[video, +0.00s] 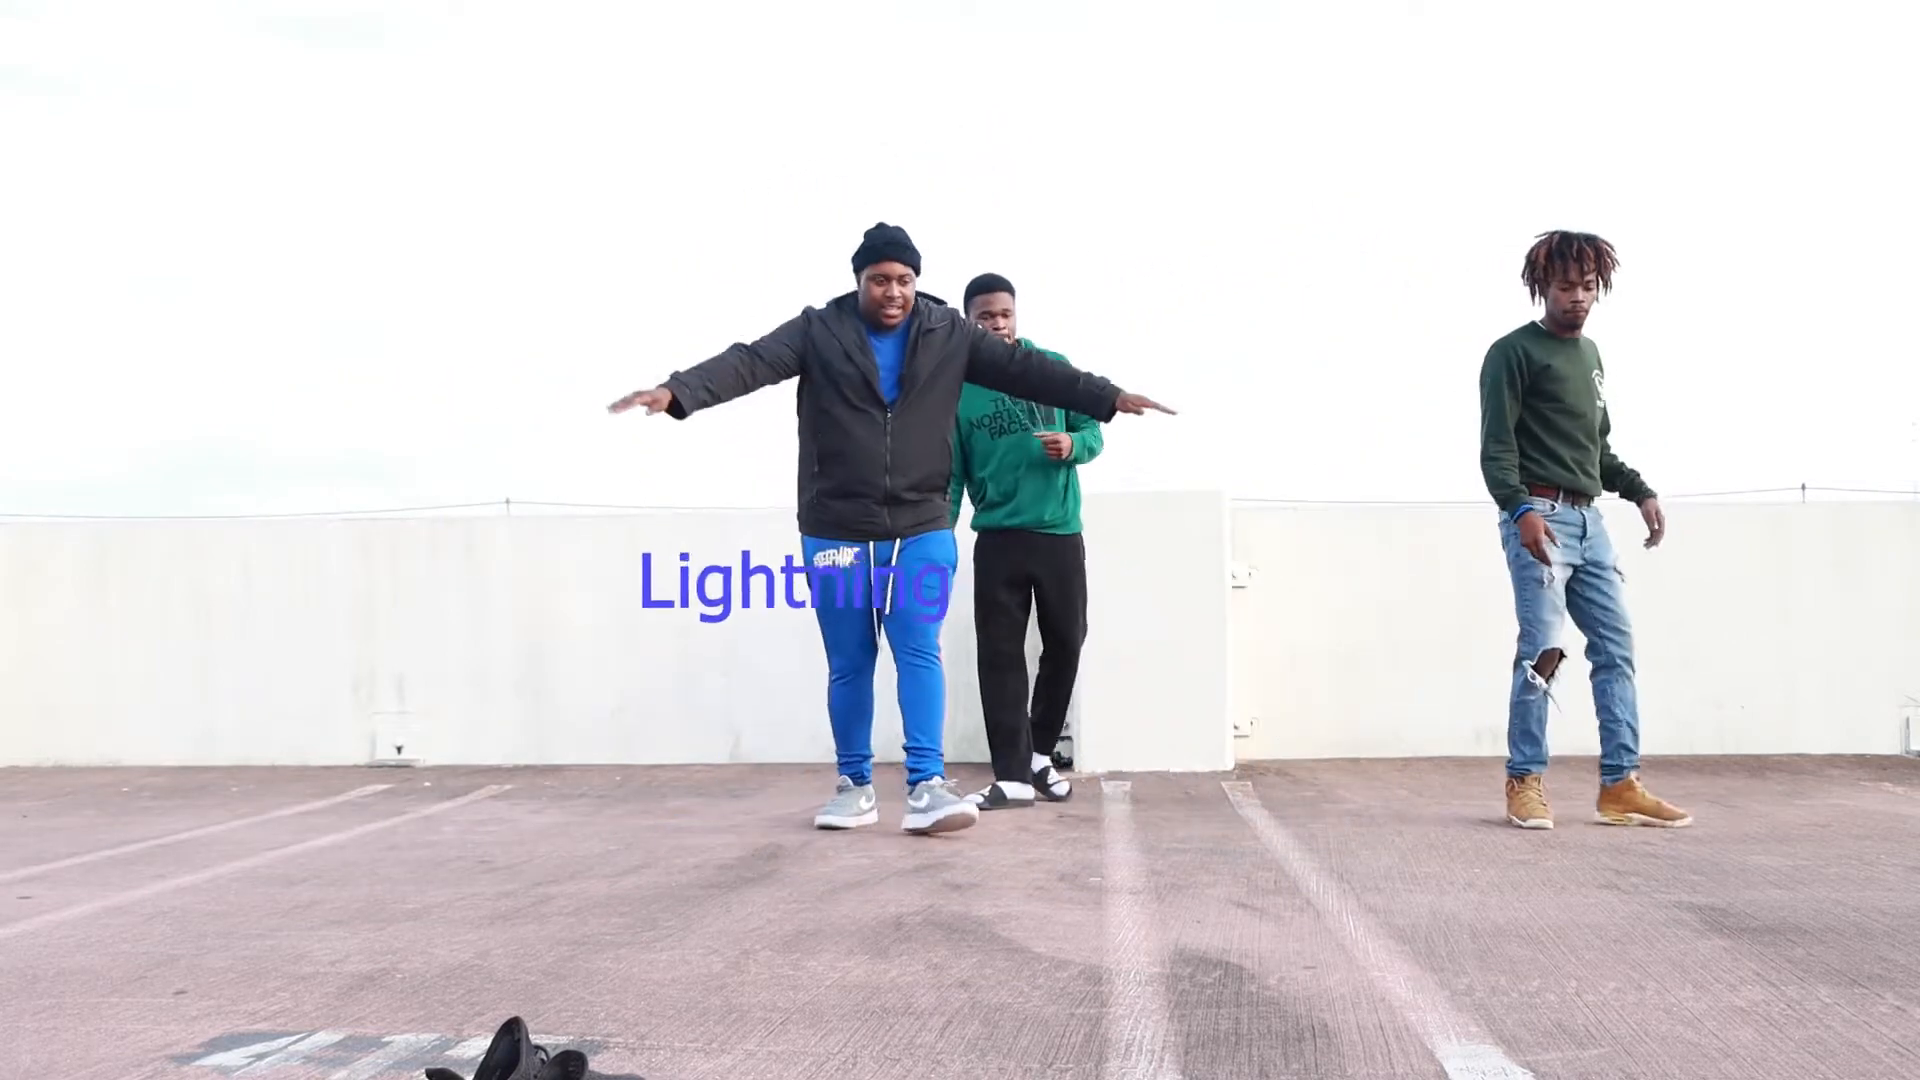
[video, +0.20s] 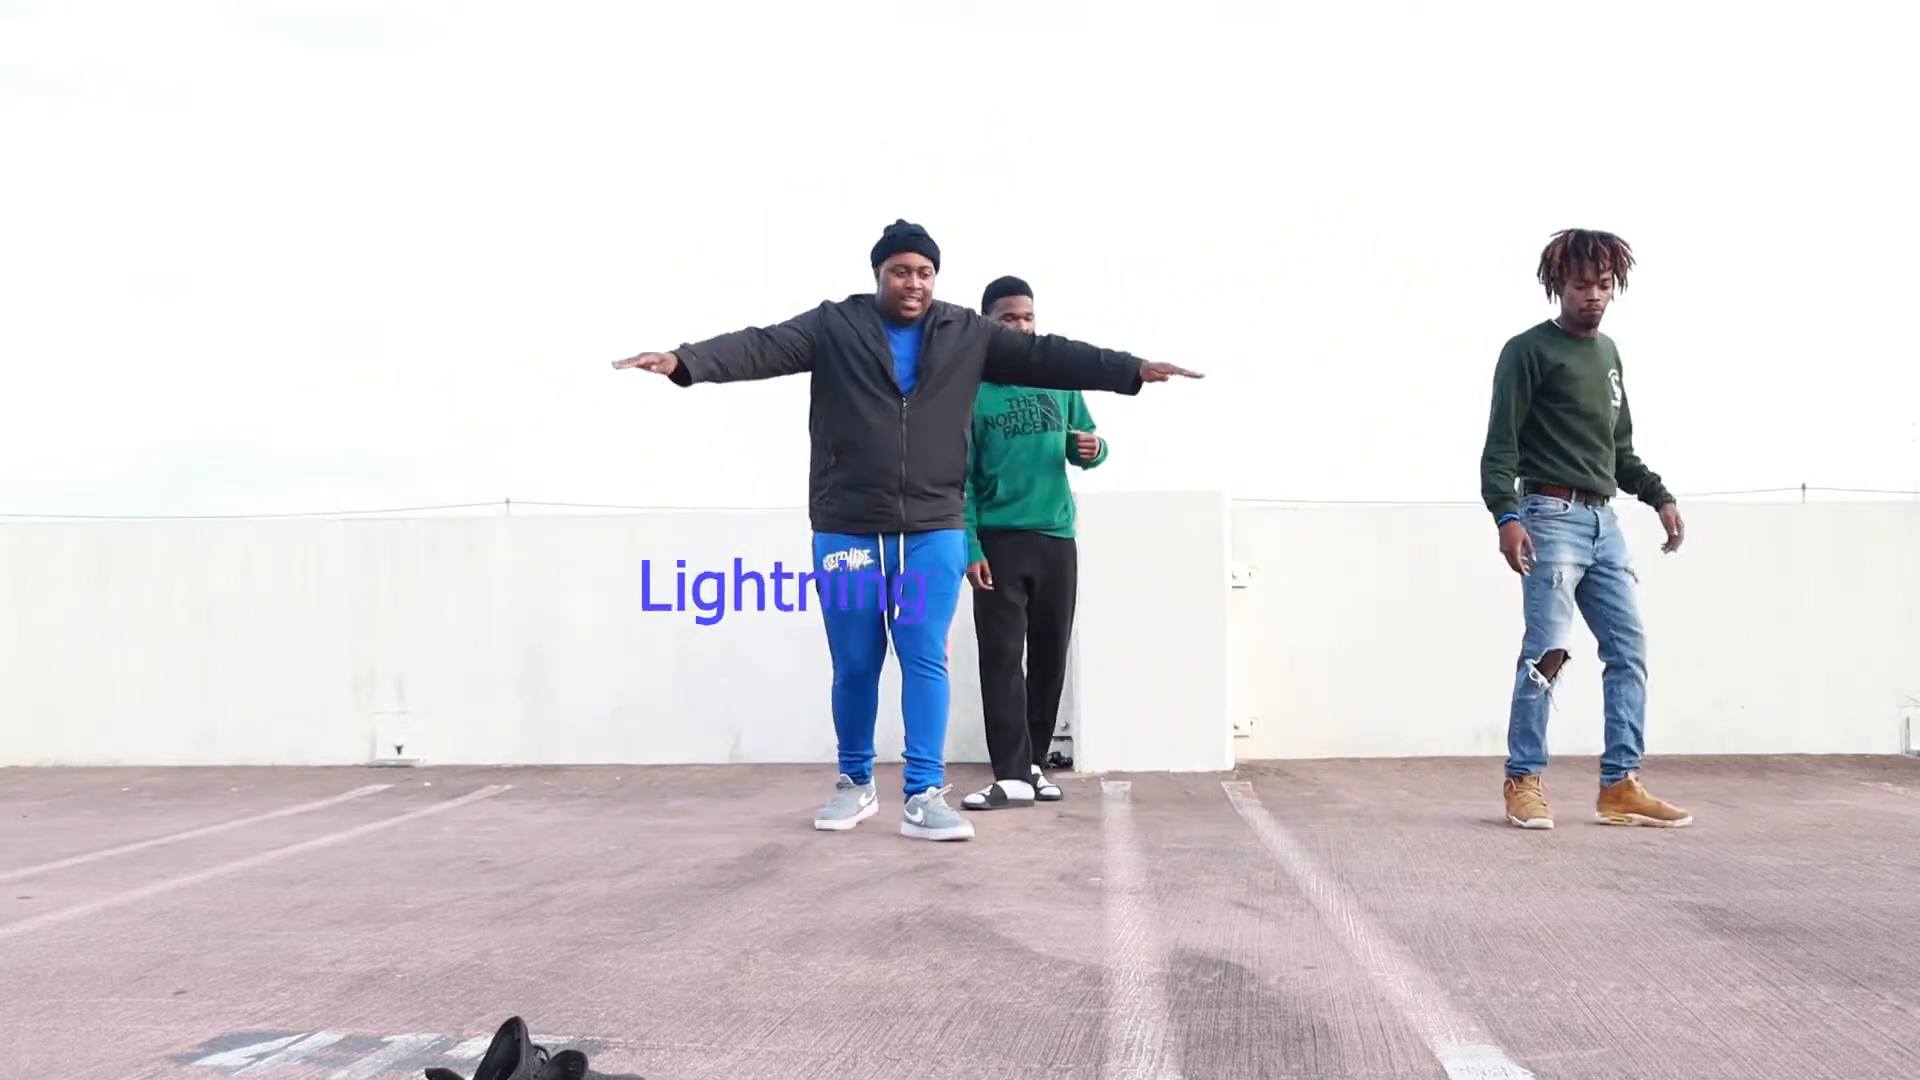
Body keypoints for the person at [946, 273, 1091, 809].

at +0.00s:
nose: (997, 324)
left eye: (1004, 314)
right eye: (986, 316)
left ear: (1017, 316)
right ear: (967, 322)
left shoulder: (1052, 368)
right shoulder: (960, 387)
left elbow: (1094, 434)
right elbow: (948, 478)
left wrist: (1073, 445)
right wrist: (934, 548)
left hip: (1058, 535)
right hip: (998, 537)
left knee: (1065, 646)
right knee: (1000, 655)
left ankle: (1040, 751)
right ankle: (1011, 779)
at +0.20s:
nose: (1020, 326)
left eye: (1027, 316)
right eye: (1008, 318)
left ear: (1037, 319)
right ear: (988, 323)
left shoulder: (1062, 381)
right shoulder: (975, 388)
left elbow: (1089, 450)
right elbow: (959, 477)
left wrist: (1092, 449)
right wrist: (970, 549)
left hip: (1055, 536)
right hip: (998, 537)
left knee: (1049, 656)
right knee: (1003, 657)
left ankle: (1033, 764)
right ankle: (1009, 774)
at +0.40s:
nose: (1038, 333)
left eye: (1045, 324)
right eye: (1027, 324)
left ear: (1055, 328)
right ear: (1006, 329)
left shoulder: (1065, 390)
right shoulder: (984, 385)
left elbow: (1070, 464)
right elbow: (965, 460)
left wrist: (1093, 466)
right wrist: (963, 525)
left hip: (1054, 536)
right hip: (999, 534)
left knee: (1045, 655)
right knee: (1004, 655)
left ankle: (1031, 767)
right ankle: (1008, 772)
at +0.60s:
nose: (1042, 338)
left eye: (1050, 329)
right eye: (1035, 327)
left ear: (1059, 335)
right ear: (1016, 330)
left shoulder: (1067, 394)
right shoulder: (987, 378)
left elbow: (1069, 471)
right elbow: (962, 449)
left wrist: (1086, 472)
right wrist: (956, 510)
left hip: (1045, 532)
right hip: (990, 528)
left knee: (1038, 652)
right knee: (992, 649)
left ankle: (1026, 765)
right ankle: (995, 768)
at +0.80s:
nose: (1037, 343)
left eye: (1044, 334)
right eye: (1028, 334)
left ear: (1054, 340)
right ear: (1011, 338)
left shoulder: (1062, 403)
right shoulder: (981, 380)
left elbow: (1069, 472)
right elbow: (950, 438)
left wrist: (1076, 499)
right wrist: (948, 502)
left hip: (1030, 537)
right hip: (975, 531)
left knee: (1026, 653)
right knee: (971, 652)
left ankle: (1021, 767)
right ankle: (976, 766)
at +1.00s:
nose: (1007, 338)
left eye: (1015, 330)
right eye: (999, 330)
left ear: (1025, 337)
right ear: (984, 337)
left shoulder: (1046, 400)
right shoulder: (957, 382)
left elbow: (1057, 482)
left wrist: (1065, 557)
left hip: (1017, 542)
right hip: (960, 533)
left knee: (1019, 659)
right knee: (927, 650)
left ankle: (1019, 767)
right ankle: (917, 766)